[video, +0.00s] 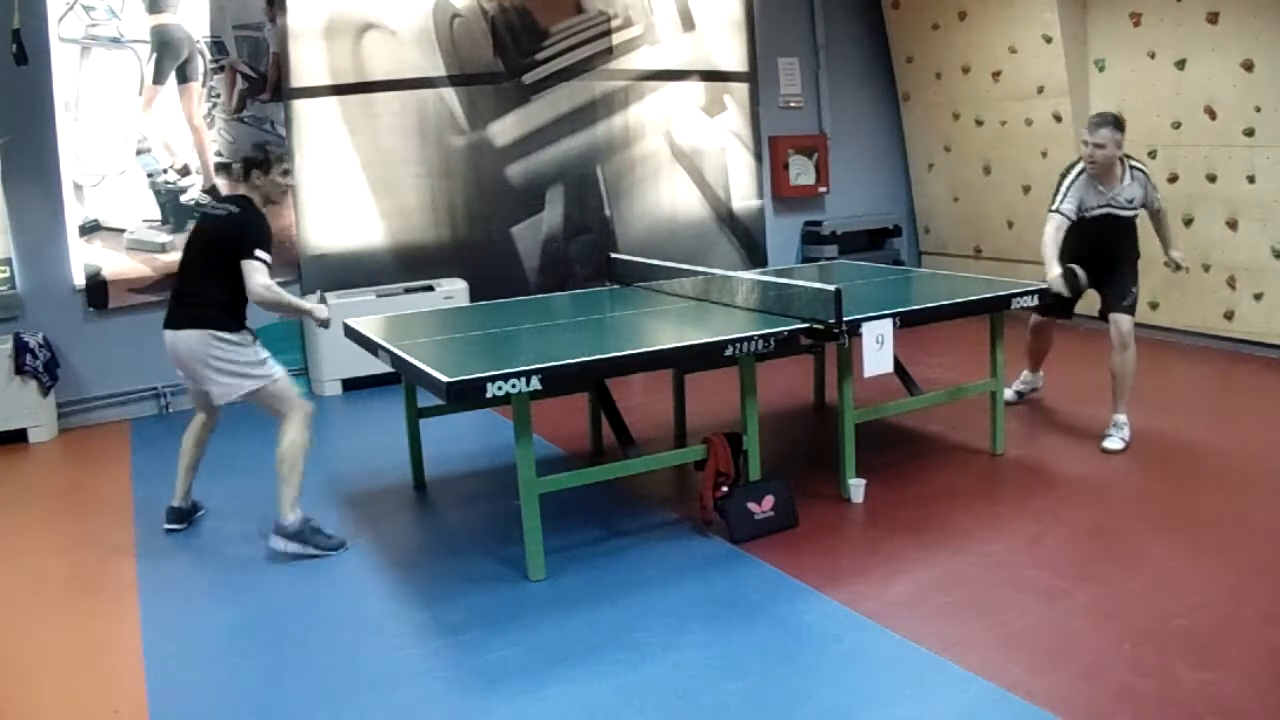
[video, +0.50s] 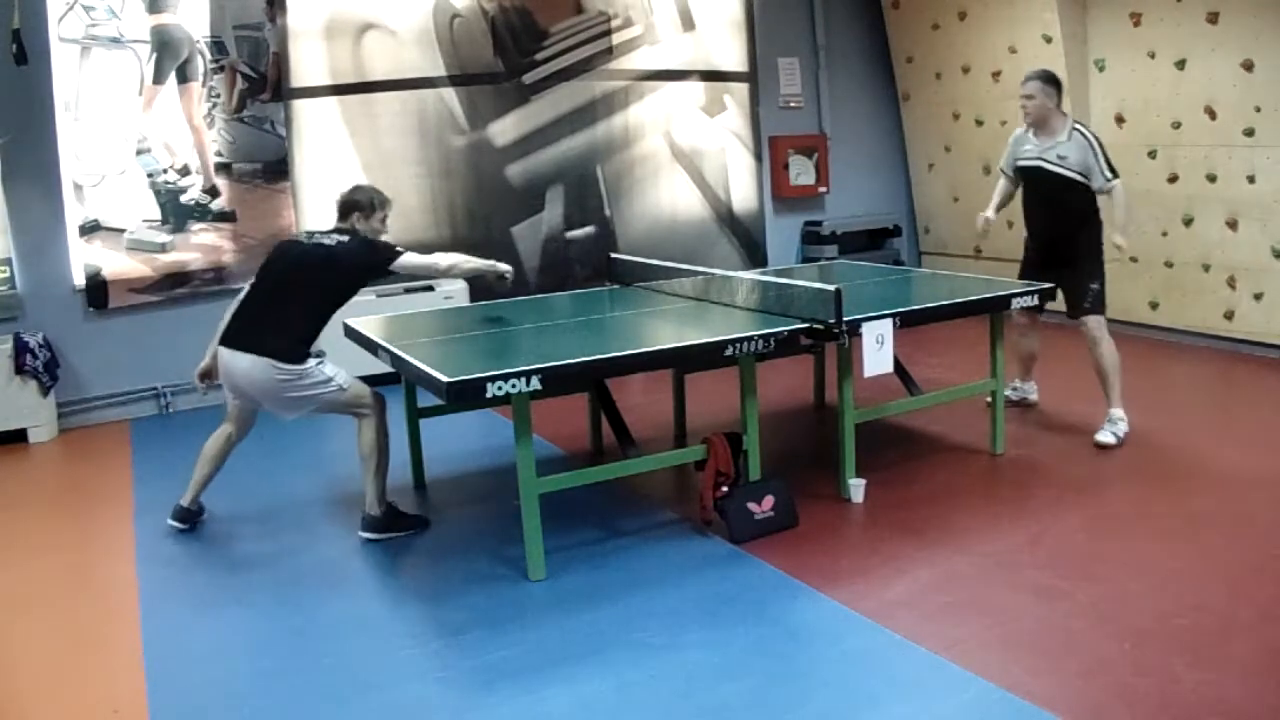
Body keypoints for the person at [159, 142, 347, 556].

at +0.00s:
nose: (289, 183)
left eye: (289, 174)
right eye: (283, 174)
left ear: (246, 177)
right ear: (257, 176)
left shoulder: (212, 214)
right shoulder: (252, 219)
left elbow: (186, 267)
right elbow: (259, 290)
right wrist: (309, 309)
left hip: (177, 333)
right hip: (216, 335)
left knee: (205, 413)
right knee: (296, 410)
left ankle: (178, 507)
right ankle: (290, 523)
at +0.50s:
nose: (386, 229)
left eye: (385, 221)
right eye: (382, 220)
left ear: (344, 216)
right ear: (363, 219)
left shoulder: (291, 245)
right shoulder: (366, 251)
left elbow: (245, 302)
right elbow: (441, 264)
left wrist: (213, 355)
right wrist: (493, 266)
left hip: (231, 355)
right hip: (278, 366)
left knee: (234, 424)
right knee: (369, 404)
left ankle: (185, 506)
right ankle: (377, 512)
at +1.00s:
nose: (272, 183)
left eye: (272, 174)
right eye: (266, 174)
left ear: (223, 174)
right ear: (238, 174)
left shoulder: (182, 213)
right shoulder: (232, 224)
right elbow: (277, 294)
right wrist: (325, 312)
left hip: (137, 353)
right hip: (179, 357)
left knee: (191, 435)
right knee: (264, 445)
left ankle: (183, 540)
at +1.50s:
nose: (263, 210)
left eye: (265, 199)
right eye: (259, 198)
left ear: (214, 190)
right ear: (234, 193)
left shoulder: (159, 230)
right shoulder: (220, 238)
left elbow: (125, 298)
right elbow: (255, 314)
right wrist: (304, 336)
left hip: (116, 377)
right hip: (173, 377)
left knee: (130, 492)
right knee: (275, 456)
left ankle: (107, 610)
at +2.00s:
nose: (393, 185)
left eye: (394, 177)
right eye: (392, 176)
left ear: (349, 168)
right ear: (372, 173)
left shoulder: (289, 207)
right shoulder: (381, 222)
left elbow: (250, 280)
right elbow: (459, 253)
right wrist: (522, 272)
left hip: (249, 350)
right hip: (305, 358)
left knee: (237, 446)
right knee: (392, 424)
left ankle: (179, 537)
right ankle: (416, 536)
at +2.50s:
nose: (286, 179)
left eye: (285, 169)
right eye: (281, 170)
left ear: (234, 171)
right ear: (257, 173)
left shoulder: (194, 213)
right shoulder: (251, 229)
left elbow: (174, 275)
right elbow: (301, 301)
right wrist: (350, 323)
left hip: (151, 358)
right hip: (200, 367)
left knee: (198, 423)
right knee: (290, 439)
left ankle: (187, 534)